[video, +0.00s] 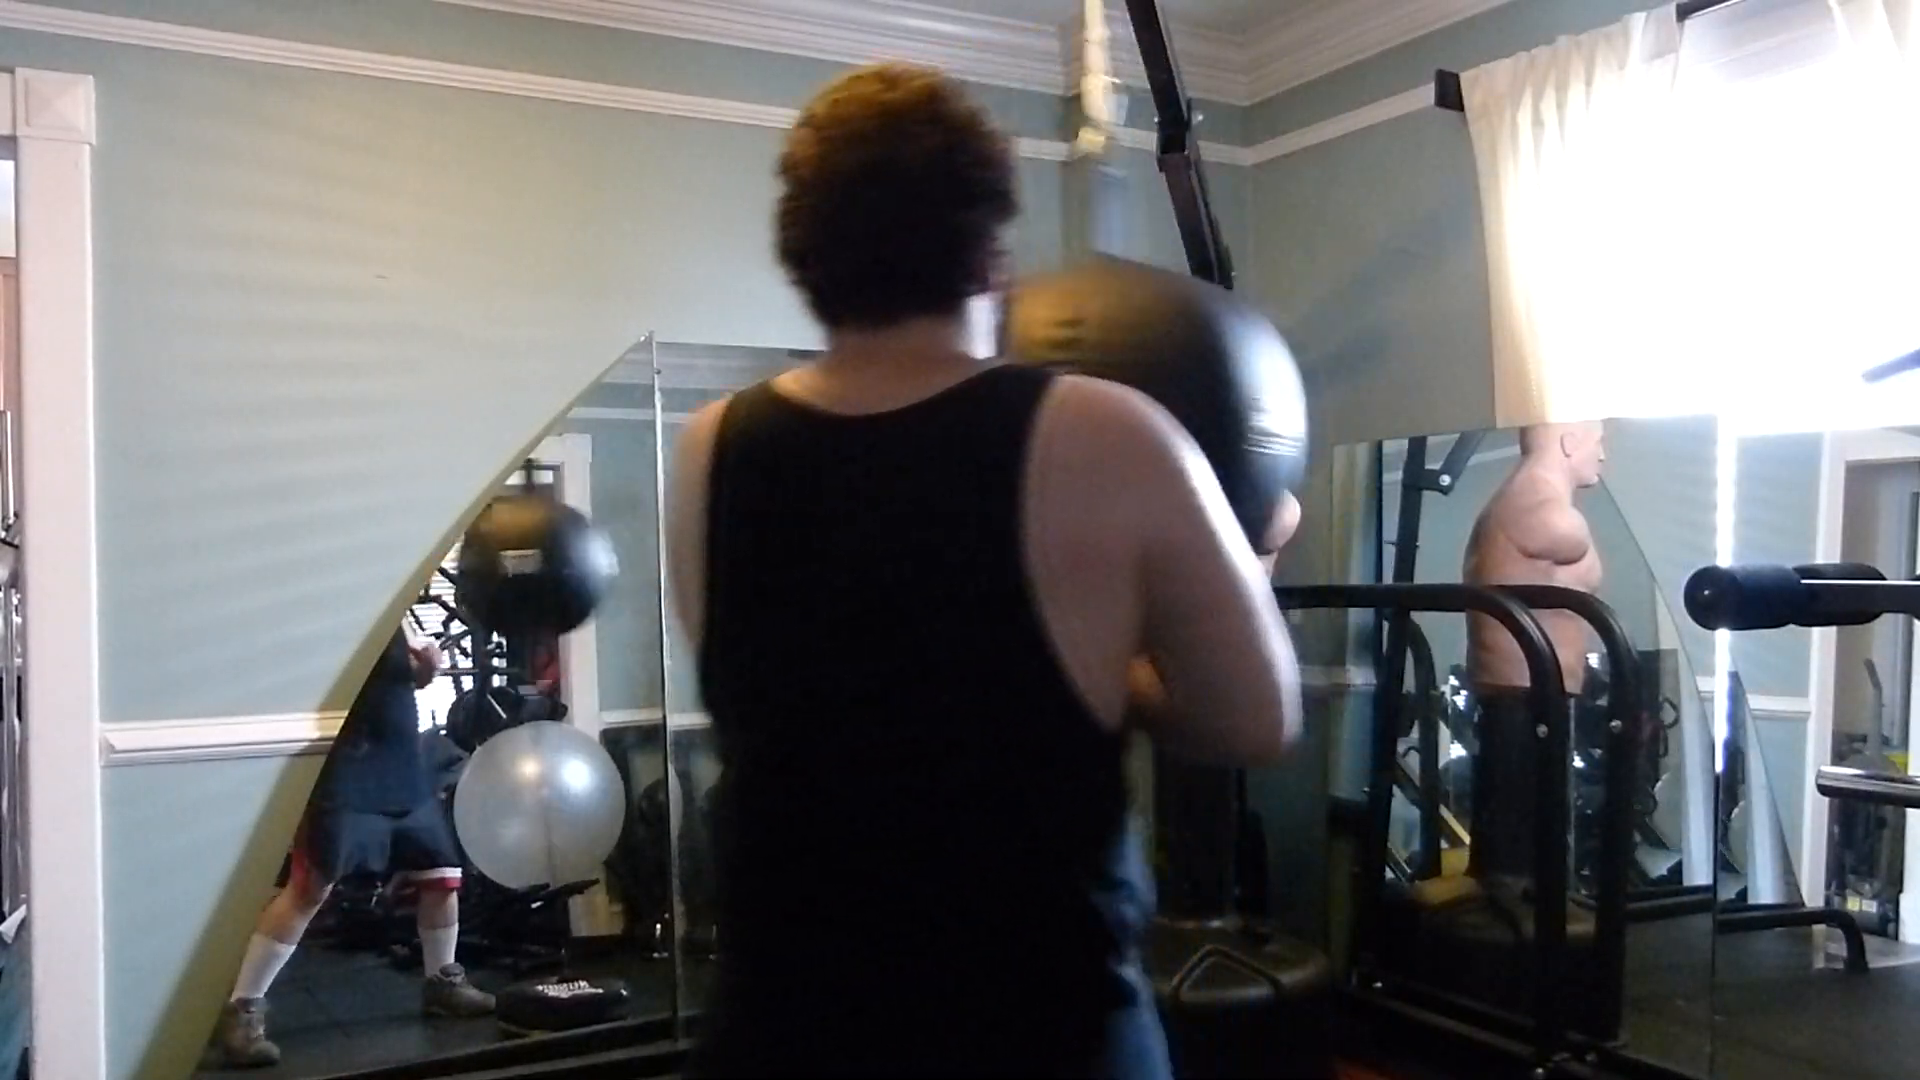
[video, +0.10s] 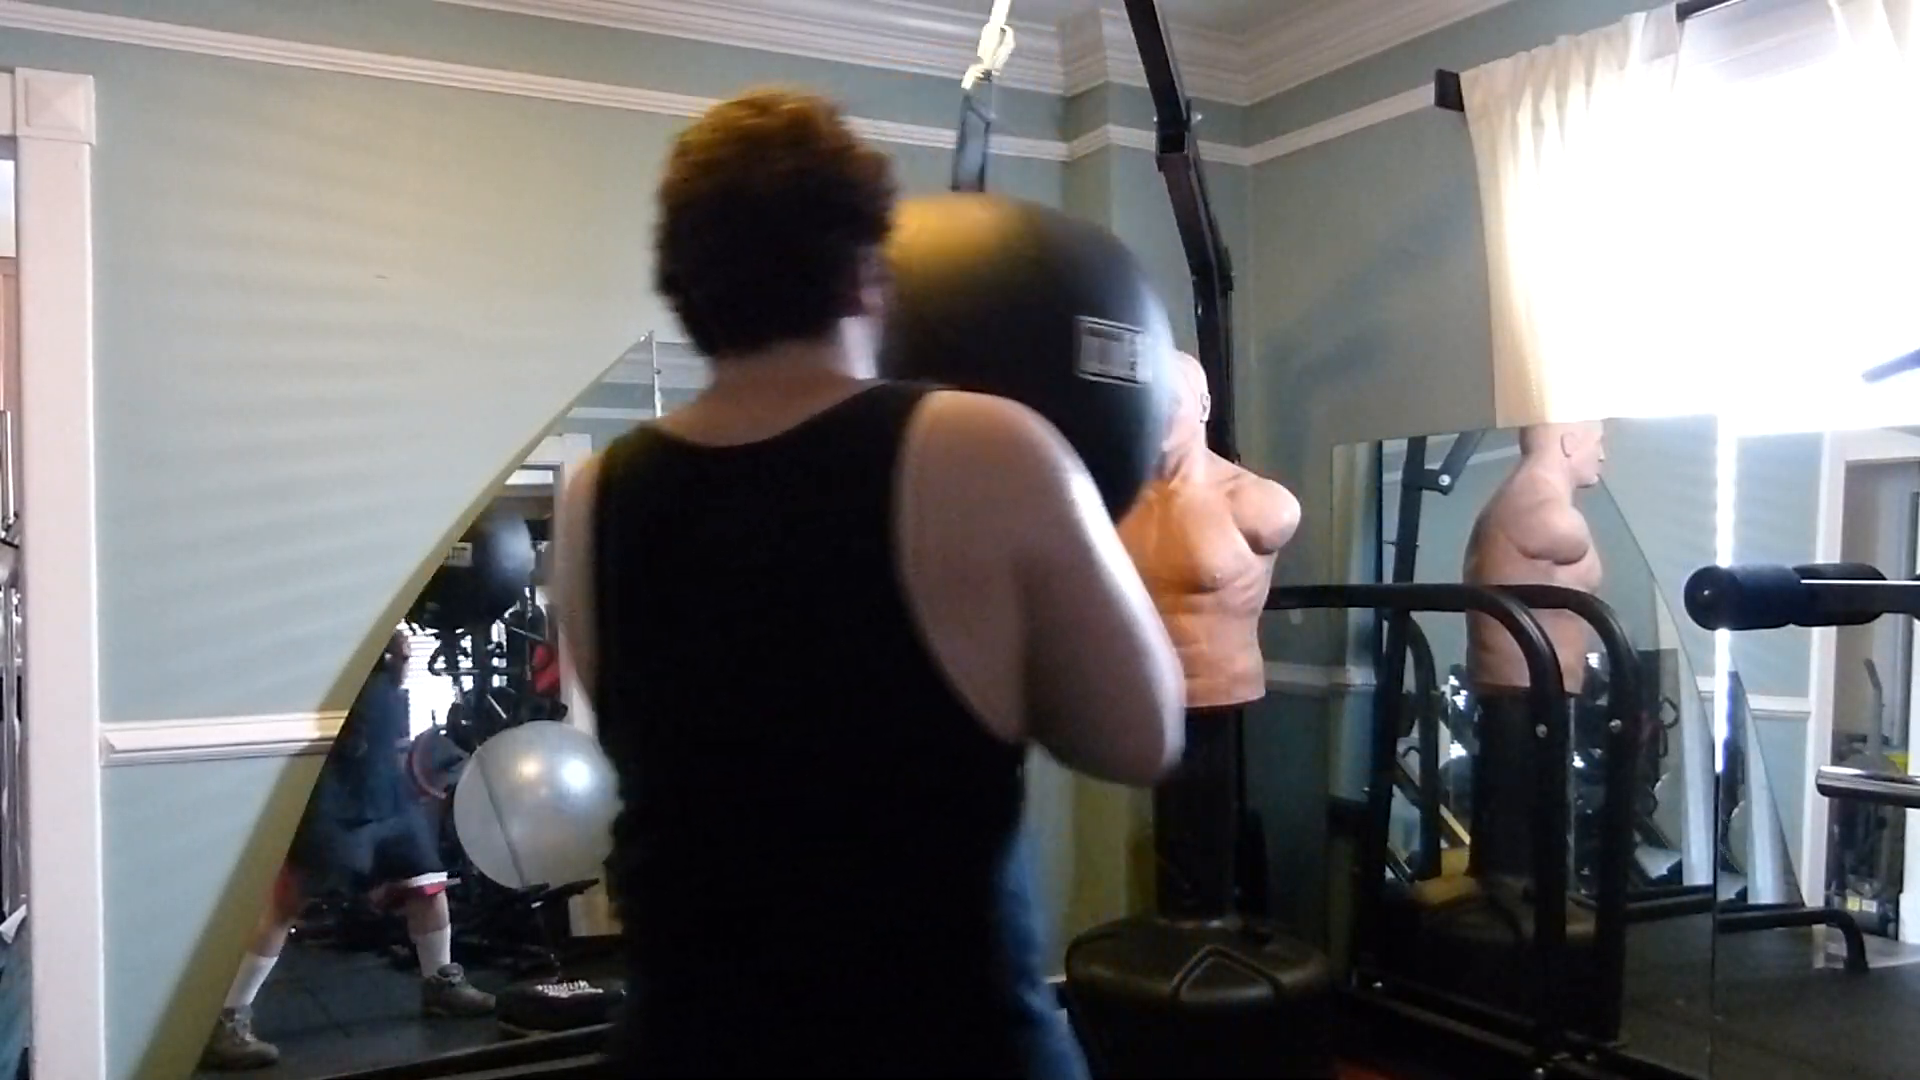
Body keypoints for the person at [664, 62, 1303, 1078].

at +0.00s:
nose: (1010, 253)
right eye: (1003, 226)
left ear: (797, 249)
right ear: (989, 248)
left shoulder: (711, 451)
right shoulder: (1113, 441)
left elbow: (719, 664)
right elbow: (1257, 722)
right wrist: (1095, 658)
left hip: (787, 998)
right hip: (1044, 1005)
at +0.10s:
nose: (892, 272)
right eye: (885, 247)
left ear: (680, 287)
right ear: (866, 273)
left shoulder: (593, 498)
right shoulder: (994, 455)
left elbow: (625, 732)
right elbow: (1141, 742)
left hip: (693, 1022)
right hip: (950, 1020)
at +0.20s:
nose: (797, 290)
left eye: (792, 265)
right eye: (789, 266)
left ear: (585, 304)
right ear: (758, 280)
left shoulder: (505, 517)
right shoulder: (890, 448)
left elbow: (556, 761)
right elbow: (1054, 733)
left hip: (624, 1025)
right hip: (882, 1021)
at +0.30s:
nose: (745, 292)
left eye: (745, 266)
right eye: (740, 266)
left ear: (533, 297)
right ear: (695, 275)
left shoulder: (459, 501)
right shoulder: (819, 429)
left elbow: (510, 751)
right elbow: (1001, 713)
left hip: (577, 1021)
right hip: (835, 1017)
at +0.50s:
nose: (735, 283)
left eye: (730, 254)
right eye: (726, 256)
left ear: (529, 291)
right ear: (687, 266)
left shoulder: (450, 495)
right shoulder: (799, 408)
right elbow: (1062, 592)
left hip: (582, 986)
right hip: (833, 981)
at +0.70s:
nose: (793, 275)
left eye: (787, 247)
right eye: (785, 248)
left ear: (585, 283)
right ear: (760, 261)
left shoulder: (503, 485)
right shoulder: (901, 403)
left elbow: (526, 679)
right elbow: (1114, 584)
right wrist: (983, 466)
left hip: (634, 998)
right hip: (899, 990)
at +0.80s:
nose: (831, 275)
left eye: (826, 245)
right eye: (823, 246)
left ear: (622, 278)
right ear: (795, 262)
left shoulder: (549, 479)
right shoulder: (919, 431)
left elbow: (577, 716)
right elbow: (1118, 694)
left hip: (635, 1010)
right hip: (897, 1008)